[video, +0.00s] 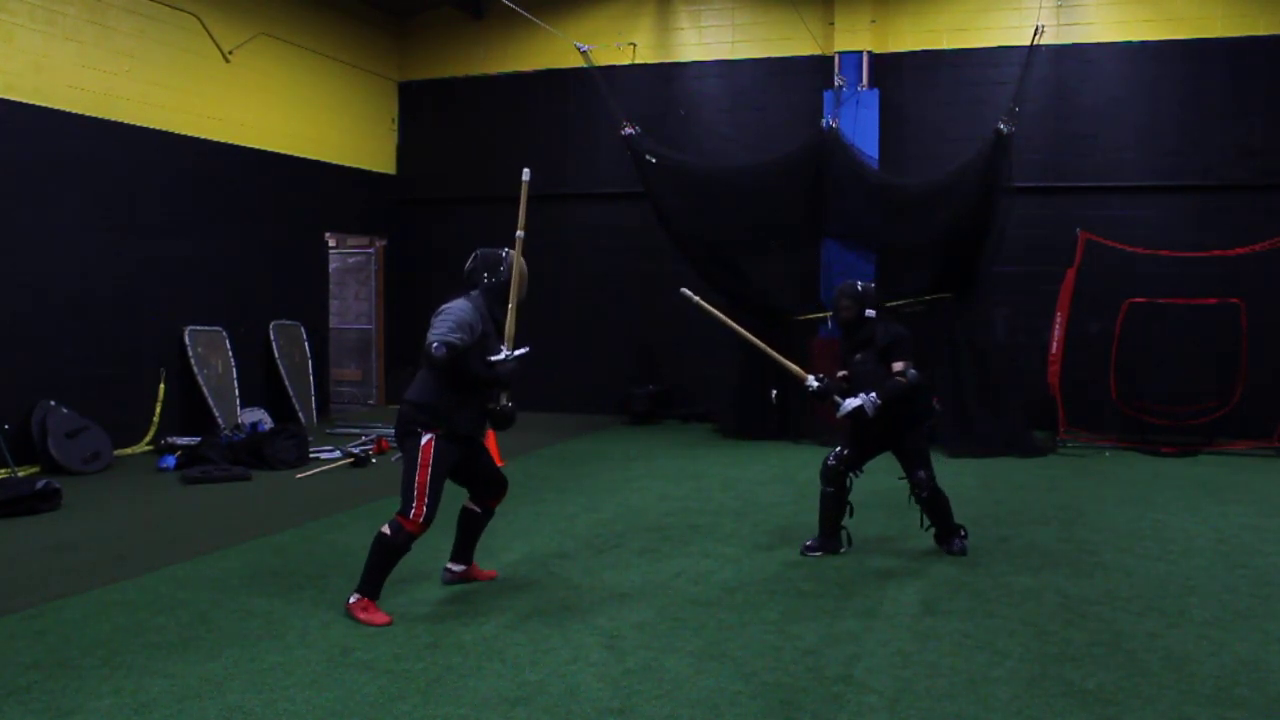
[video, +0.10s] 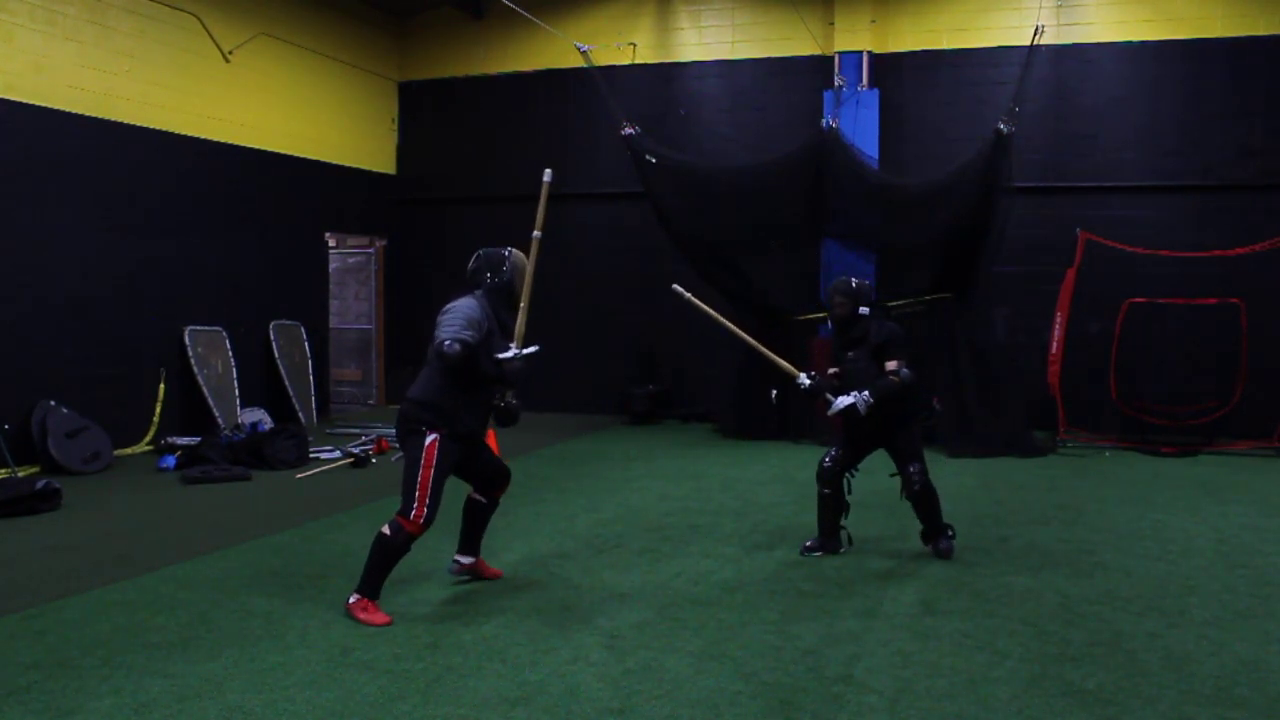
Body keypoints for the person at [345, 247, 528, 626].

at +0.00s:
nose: (515, 291)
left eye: (515, 283)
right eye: (511, 282)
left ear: (487, 279)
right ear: (493, 281)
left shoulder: (488, 321)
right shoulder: (461, 311)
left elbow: (473, 380)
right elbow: (440, 355)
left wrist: (494, 408)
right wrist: (493, 369)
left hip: (455, 428)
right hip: (426, 426)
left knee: (492, 486)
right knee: (415, 515)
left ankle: (460, 565)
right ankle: (362, 597)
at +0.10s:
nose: (521, 289)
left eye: (521, 281)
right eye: (517, 281)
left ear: (491, 278)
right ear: (499, 279)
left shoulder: (496, 320)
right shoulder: (467, 309)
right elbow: (453, 354)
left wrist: (501, 401)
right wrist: (500, 367)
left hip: (456, 425)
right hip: (429, 423)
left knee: (494, 476)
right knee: (416, 516)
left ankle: (467, 559)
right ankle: (362, 597)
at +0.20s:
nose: (527, 284)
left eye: (526, 277)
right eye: (523, 276)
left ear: (490, 274)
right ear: (508, 275)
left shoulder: (499, 312)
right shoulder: (481, 304)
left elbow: (505, 374)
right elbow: (502, 349)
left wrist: (539, 392)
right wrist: (545, 352)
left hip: (459, 425)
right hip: (438, 424)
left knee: (494, 479)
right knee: (417, 513)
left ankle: (483, 565)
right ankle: (363, 596)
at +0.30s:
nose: (535, 281)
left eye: (534, 274)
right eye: (532, 273)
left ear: (496, 273)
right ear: (518, 273)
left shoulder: (497, 311)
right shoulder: (503, 298)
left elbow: (535, 366)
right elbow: (560, 329)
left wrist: (580, 372)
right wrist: (619, 341)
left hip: (470, 419)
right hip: (454, 417)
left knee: (503, 483)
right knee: (445, 511)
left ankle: (483, 566)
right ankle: (376, 584)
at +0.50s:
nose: (572, 268)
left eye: (569, 262)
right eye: (571, 262)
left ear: (530, 256)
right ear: (564, 263)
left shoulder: (508, 283)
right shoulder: (557, 295)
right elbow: (605, 323)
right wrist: (651, 324)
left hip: (472, 400)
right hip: (501, 404)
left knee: (504, 482)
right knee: (549, 483)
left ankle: (485, 564)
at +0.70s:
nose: (614, 267)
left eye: (611, 259)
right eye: (611, 262)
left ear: (576, 254)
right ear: (604, 266)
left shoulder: (551, 269)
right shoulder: (602, 300)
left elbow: (598, 250)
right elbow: (650, 304)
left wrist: (645, 237)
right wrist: (681, 262)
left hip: (516, 403)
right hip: (558, 410)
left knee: (516, 486)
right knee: (611, 485)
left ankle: (488, 564)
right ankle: (651, 559)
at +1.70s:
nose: (500, 261)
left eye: (497, 255)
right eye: (495, 255)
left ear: (464, 260)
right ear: (483, 260)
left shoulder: (490, 297)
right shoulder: (454, 311)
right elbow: (481, 361)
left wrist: (529, 316)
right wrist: (506, 318)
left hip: (495, 409)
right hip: (475, 415)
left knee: (511, 483)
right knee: (516, 493)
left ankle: (502, 556)